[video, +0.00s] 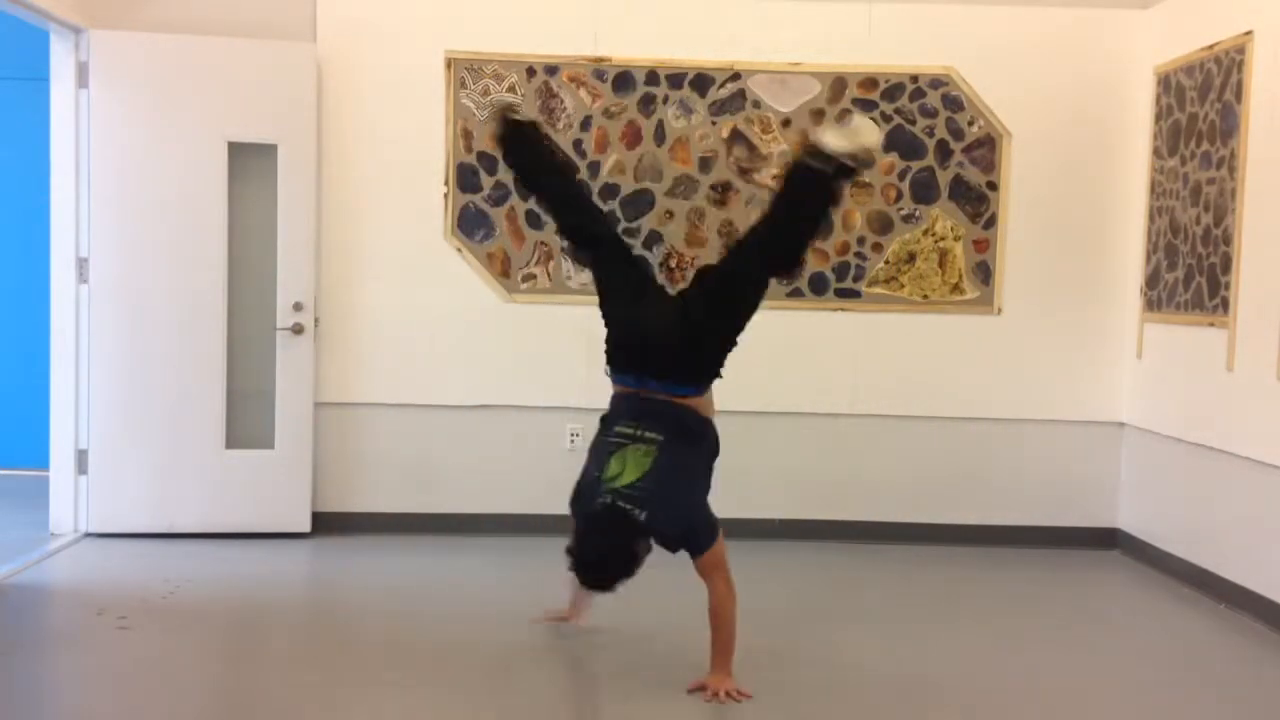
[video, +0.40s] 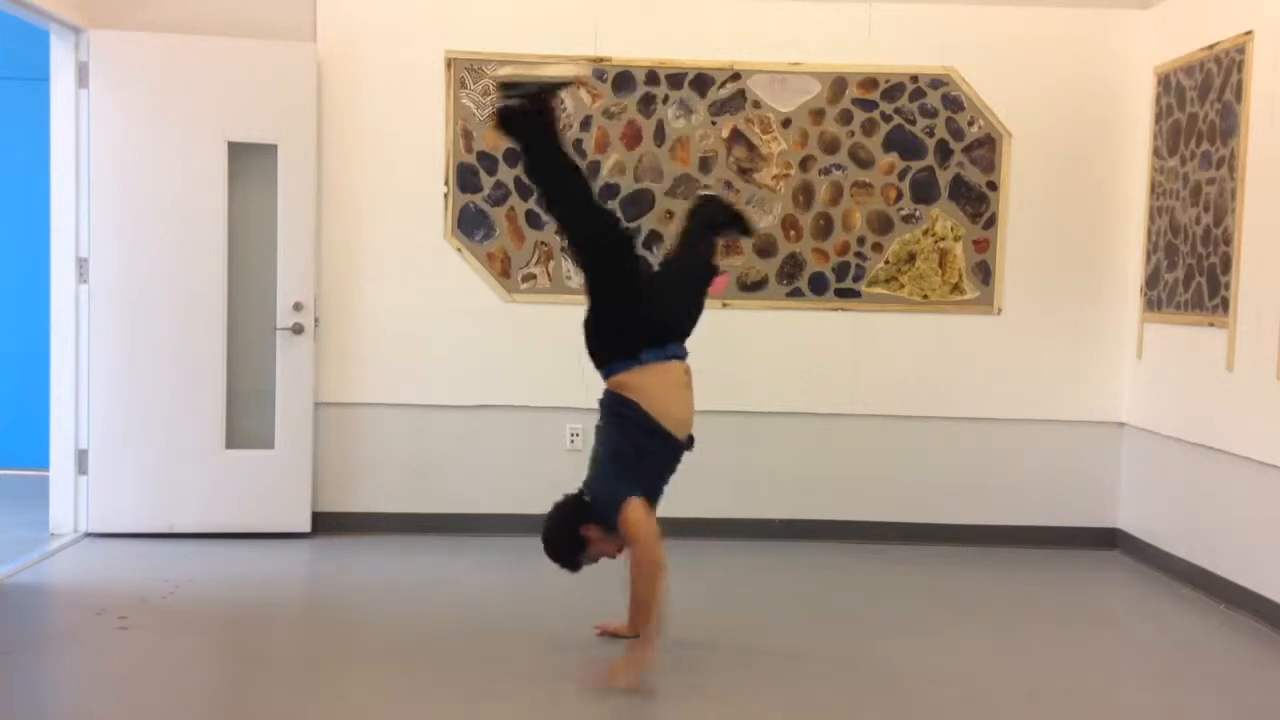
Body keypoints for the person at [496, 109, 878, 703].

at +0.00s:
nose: (602, 587)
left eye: (612, 581)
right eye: (591, 580)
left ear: (635, 554)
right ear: (583, 544)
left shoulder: (683, 516)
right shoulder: (585, 508)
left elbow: (722, 585)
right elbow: (583, 556)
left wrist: (720, 671)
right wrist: (577, 603)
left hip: (694, 371)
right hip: (631, 360)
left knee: (762, 256)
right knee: (590, 235)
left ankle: (822, 164)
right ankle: (514, 131)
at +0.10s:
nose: (616, 578)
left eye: (615, 571)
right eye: (609, 576)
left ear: (623, 548)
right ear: (580, 531)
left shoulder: (674, 520)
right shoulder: (600, 513)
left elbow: (716, 586)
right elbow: (632, 566)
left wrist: (720, 671)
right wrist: (631, 624)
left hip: (686, 372)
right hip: (629, 371)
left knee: (734, 245)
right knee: (617, 249)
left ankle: (755, 137)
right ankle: (561, 160)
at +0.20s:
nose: (616, 572)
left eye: (612, 565)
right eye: (606, 570)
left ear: (617, 544)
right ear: (599, 534)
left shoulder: (661, 520)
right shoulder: (606, 508)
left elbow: (707, 586)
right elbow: (638, 566)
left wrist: (720, 670)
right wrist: (635, 625)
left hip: (673, 368)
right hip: (628, 368)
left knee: (678, 244)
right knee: (643, 264)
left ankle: (662, 126)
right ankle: (609, 182)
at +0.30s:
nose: (614, 563)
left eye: (607, 557)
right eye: (605, 561)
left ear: (605, 535)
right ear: (600, 533)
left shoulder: (642, 506)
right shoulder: (616, 501)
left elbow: (695, 575)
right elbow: (644, 562)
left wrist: (709, 658)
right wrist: (637, 623)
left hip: (660, 359)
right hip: (631, 360)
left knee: (634, 228)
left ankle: (584, 121)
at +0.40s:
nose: (606, 559)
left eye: (595, 555)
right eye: (596, 557)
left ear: (593, 531)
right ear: (593, 526)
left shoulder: (626, 500)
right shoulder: (616, 495)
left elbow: (653, 566)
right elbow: (649, 559)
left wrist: (644, 648)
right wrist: (637, 620)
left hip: (630, 355)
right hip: (656, 348)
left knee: (593, 232)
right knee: (682, 288)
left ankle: (531, 125)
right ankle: (705, 222)